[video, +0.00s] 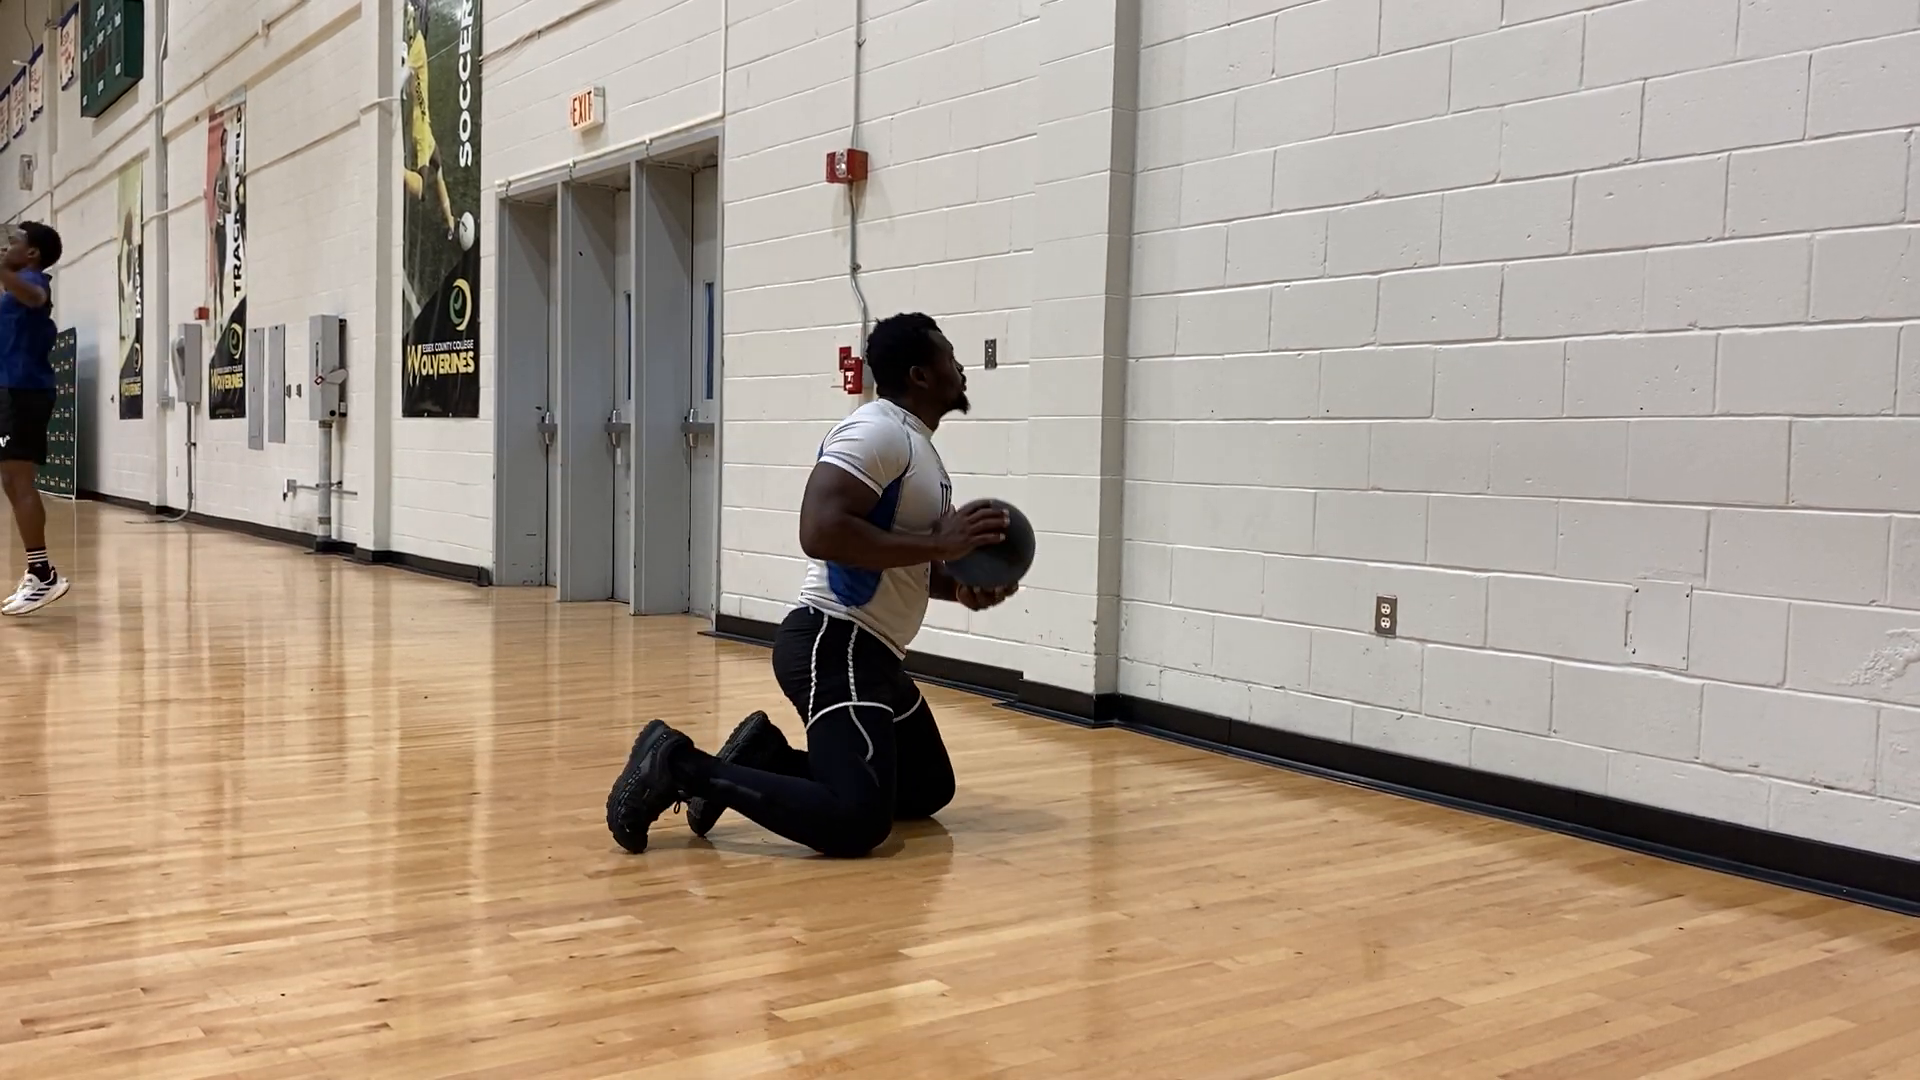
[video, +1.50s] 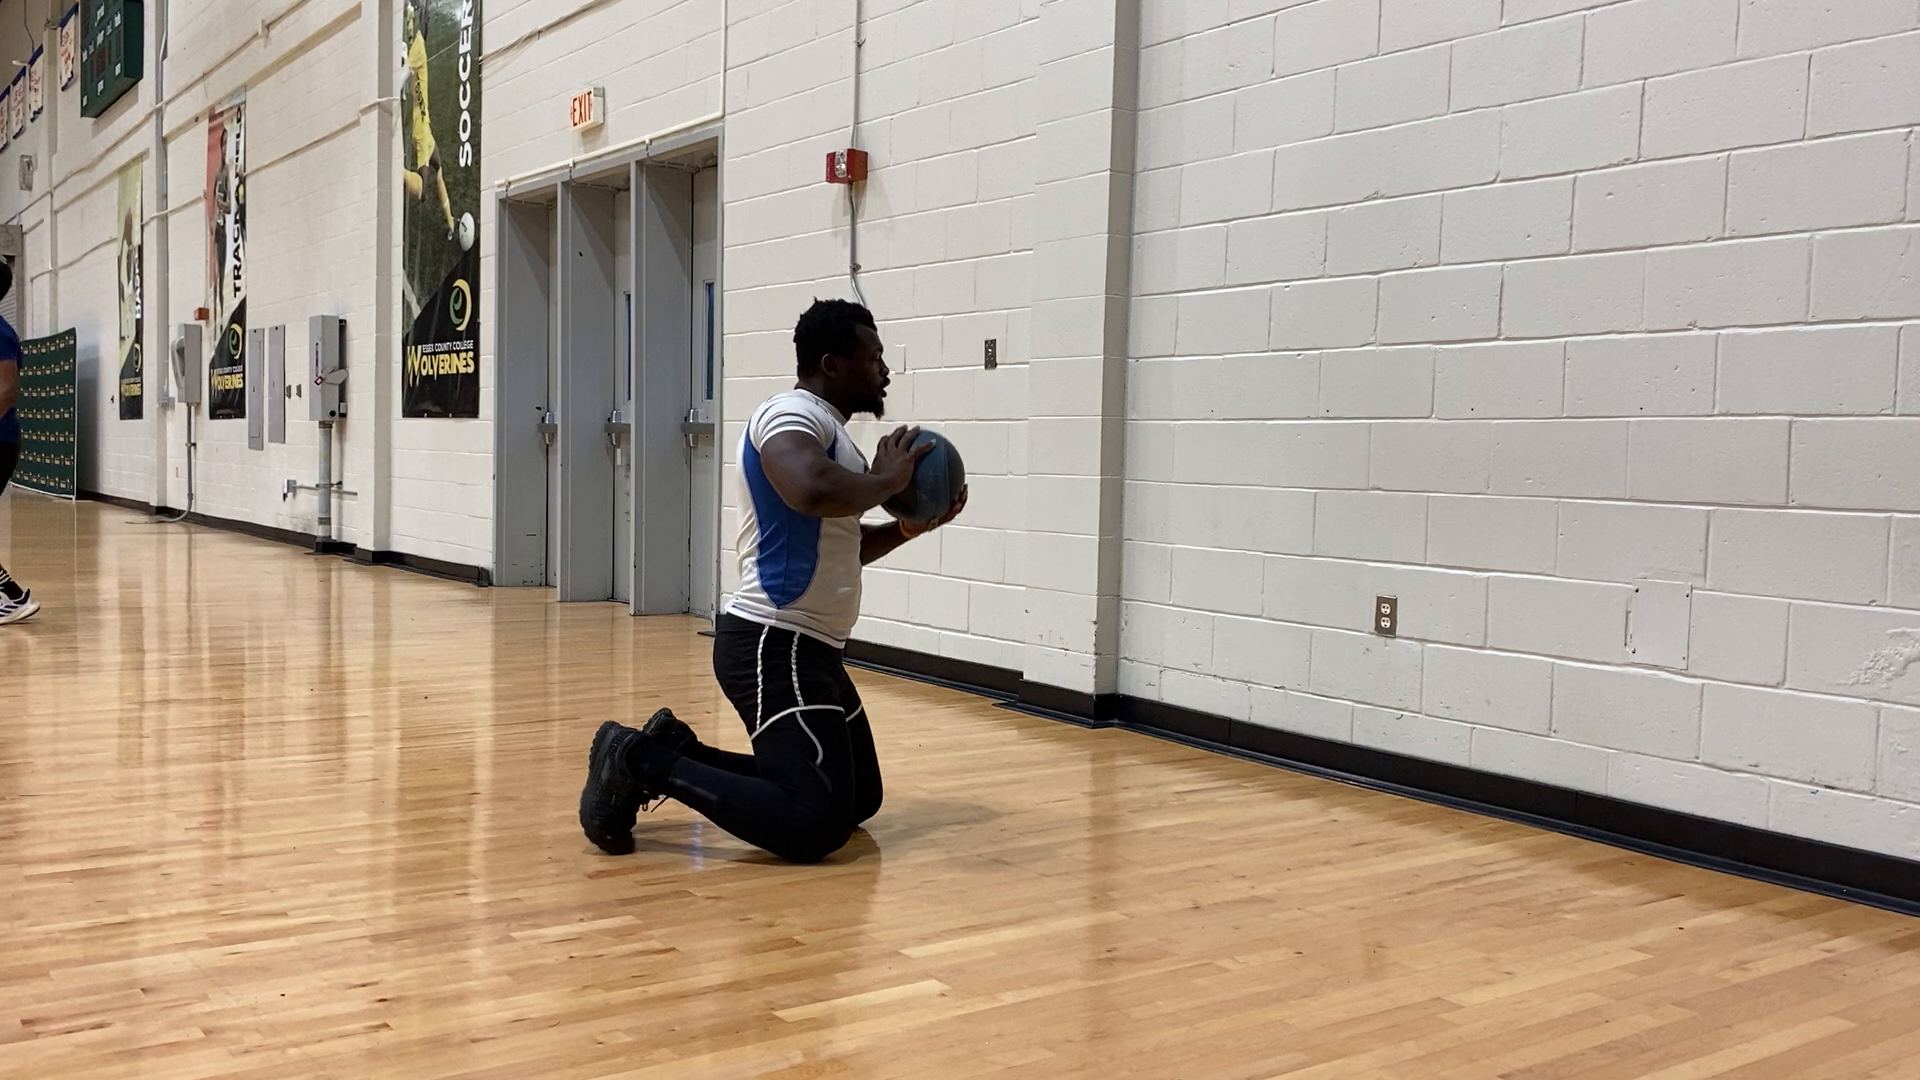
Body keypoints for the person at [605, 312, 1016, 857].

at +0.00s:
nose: (961, 367)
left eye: (954, 355)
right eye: (950, 356)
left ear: (916, 377)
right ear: (920, 375)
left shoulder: (920, 450)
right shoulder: (878, 429)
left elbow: (899, 562)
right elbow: (821, 530)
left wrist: (961, 587)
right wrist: (934, 545)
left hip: (871, 649)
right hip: (833, 641)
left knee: (925, 787)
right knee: (858, 822)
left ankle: (770, 760)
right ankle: (681, 766)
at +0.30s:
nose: (905, 364)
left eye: (897, 352)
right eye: (891, 358)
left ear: (858, 385)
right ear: (854, 386)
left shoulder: (894, 434)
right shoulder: (809, 453)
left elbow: (903, 511)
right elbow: (785, 561)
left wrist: (958, 527)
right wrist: (898, 527)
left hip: (868, 659)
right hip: (810, 657)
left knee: (922, 789)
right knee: (843, 833)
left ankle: (762, 763)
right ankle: (677, 766)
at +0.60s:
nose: (844, 357)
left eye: (846, 343)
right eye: (824, 349)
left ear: (851, 341)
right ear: (778, 364)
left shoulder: (882, 419)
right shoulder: (742, 442)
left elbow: (954, 501)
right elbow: (652, 534)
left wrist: (914, 498)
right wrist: (748, 524)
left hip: (850, 653)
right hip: (792, 651)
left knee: (875, 795)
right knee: (836, 832)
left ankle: (699, 757)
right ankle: (667, 768)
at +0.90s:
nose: (843, 345)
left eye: (842, 332)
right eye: (825, 332)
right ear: (774, 342)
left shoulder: (847, 420)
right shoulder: (734, 428)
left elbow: (912, 523)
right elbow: (681, 546)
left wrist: (895, 496)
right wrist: (799, 508)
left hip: (832, 648)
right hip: (785, 650)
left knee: (852, 811)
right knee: (832, 834)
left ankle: (678, 757)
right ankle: (660, 771)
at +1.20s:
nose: (860, 358)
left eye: (857, 344)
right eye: (845, 345)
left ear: (809, 356)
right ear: (799, 354)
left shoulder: (825, 434)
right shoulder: (773, 420)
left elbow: (839, 544)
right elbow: (792, 509)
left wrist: (910, 518)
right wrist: (876, 479)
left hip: (808, 648)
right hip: (777, 651)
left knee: (848, 798)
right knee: (833, 831)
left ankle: (679, 755)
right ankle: (662, 770)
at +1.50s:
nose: (886, 369)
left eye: (882, 355)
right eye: (873, 356)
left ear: (835, 364)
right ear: (832, 363)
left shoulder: (835, 437)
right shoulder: (791, 413)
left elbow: (837, 555)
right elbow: (809, 488)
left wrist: (908, 526)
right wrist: (883, 480)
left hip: (809, 646)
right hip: (772, 643)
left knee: (857, 796)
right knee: (814, 827)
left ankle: (682, 755)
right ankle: (638, 761)